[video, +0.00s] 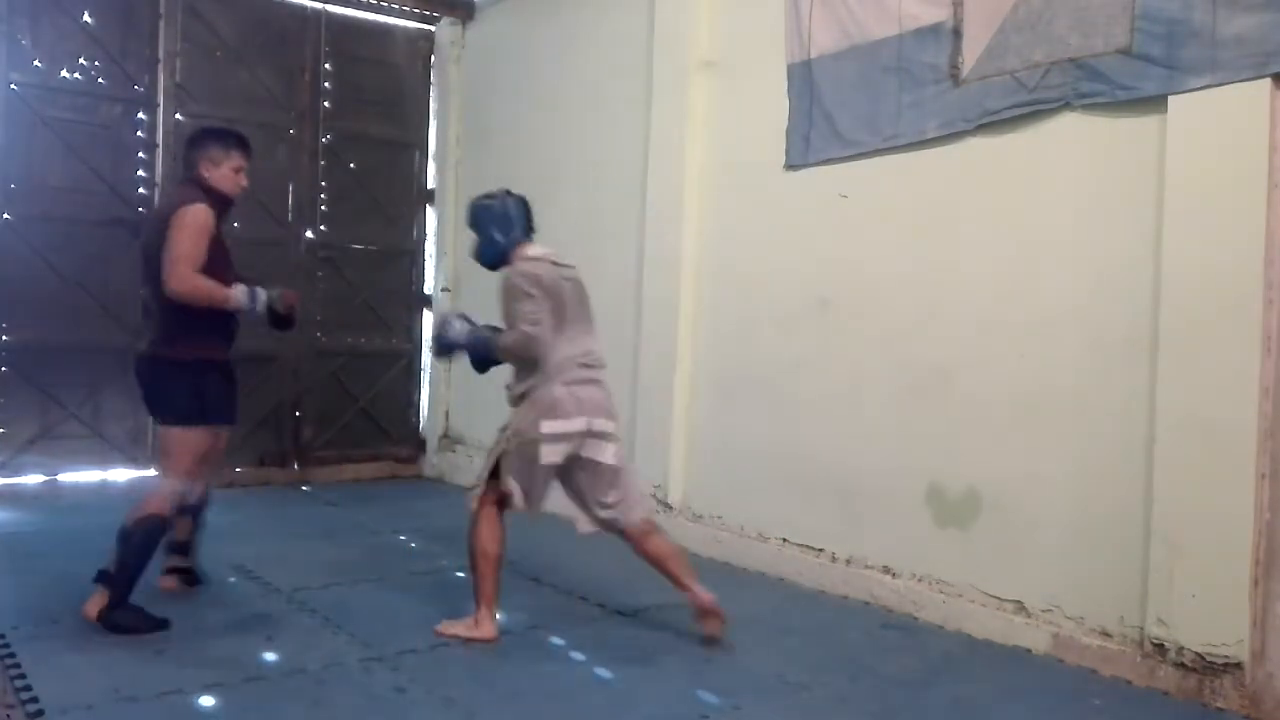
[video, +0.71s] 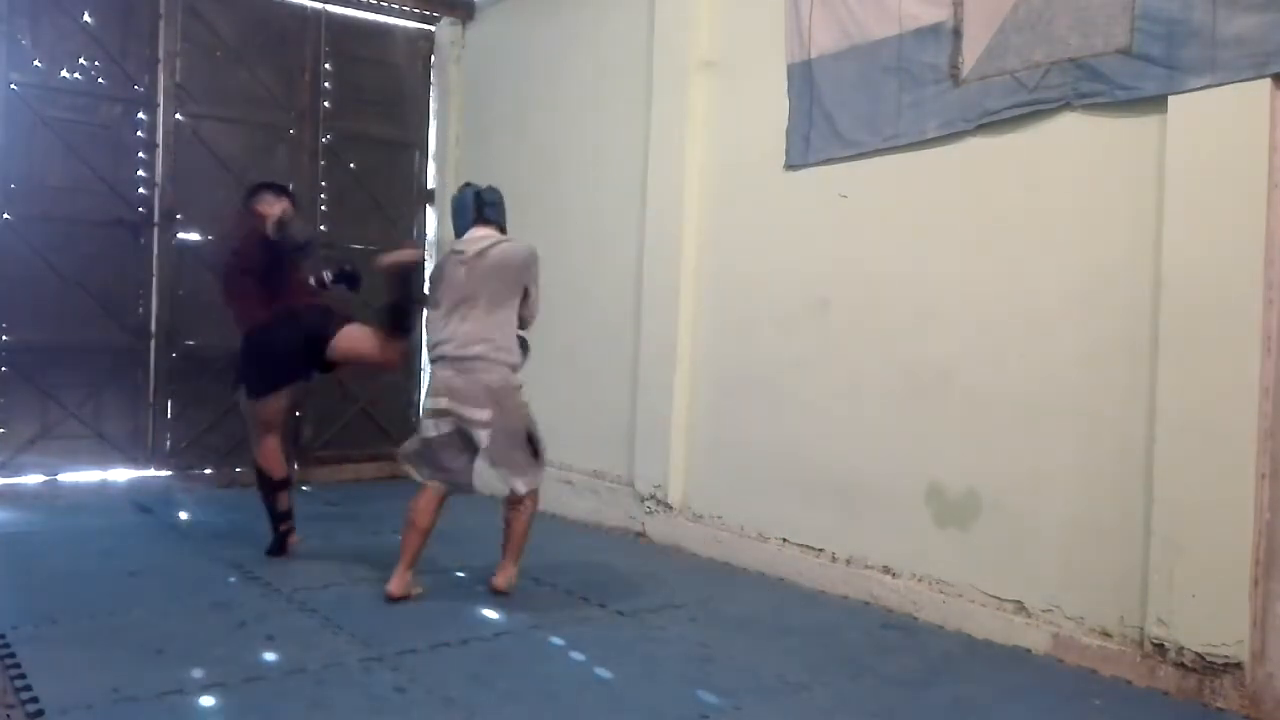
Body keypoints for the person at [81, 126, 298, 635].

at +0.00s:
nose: (243, 180)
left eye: (245, 172)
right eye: (237, 171)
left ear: (211, 170)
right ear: (206, 167)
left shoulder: (199, 212)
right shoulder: (195, 211)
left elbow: (200, 284)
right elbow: (179, 280)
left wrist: (259, 300)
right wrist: (254, 299)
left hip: (202, 361)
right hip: (182, 364)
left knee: (207, 455)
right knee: (178, 475)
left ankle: (179, 563)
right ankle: (110, 597)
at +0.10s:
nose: (252, 194)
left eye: (252, 184)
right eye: (245, 184)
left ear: (217, 182)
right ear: (214, 178)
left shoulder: (194, 217)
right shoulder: (205, 220)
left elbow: (203, 297)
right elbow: (212, 291)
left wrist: (252, 313)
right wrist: (279, 302)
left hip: (207, 366)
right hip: (192, 369)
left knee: (224, 455)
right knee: (172, 477)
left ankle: (235, 556)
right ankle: (107, 599)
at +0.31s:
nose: (266, 208)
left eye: (267, 199)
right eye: (260, 198)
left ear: (232, 199)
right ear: (230, 194)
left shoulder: (213, 233)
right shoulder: (226, 234)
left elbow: (222, 308)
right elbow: (253, 296)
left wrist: (263, 322)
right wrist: (317, 290)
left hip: (220, 374)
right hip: (215, 377)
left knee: (258, 445)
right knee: (177, 478)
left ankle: (264, 553)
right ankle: (114, 595)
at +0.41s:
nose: (281, 217)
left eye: (283, 210)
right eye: (275, 208)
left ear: (256, 211)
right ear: (248, 205)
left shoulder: (245, 242)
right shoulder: (248, 238)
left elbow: (247, 311)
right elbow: (304, 257)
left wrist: (288, 326)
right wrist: (355, 243)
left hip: (255, 366)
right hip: (243, 367)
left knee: (285, 453)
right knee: (269, 466)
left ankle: (268, 554)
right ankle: (178, 545)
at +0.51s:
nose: (287, 207)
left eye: (287, 200)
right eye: (279, 198)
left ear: (254, 202)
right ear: (252, 197)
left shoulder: (239, 237)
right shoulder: (257, 221)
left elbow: (258, 291)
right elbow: (300, 215)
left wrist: (303, 293)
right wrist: (357, 211)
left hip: (248, 352)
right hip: (272, 349)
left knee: (274, 447)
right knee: (332, 425)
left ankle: (266, 547)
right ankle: (248, 479)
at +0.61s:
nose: (287, 200)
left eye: (289, 195)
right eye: (282, 193)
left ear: (250, 196)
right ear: (258, 190)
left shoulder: (236, 233)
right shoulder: (255, 209)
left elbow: (277, 280)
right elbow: (282, 209)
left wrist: (322, 274)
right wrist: (323, 209)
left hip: (248, 333)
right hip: (293, 319)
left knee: (267, 424)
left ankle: (279, 527)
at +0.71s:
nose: (283, 211)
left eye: (284, 205)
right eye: (281, 204)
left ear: (248, 206)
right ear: (273, 205)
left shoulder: (232, 249)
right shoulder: (283, 238)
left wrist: (327, 277)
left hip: (264, 341)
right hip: (308, 322)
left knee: (268, 435)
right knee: (392, 351)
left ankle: (283, 528)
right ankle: (402, 275)